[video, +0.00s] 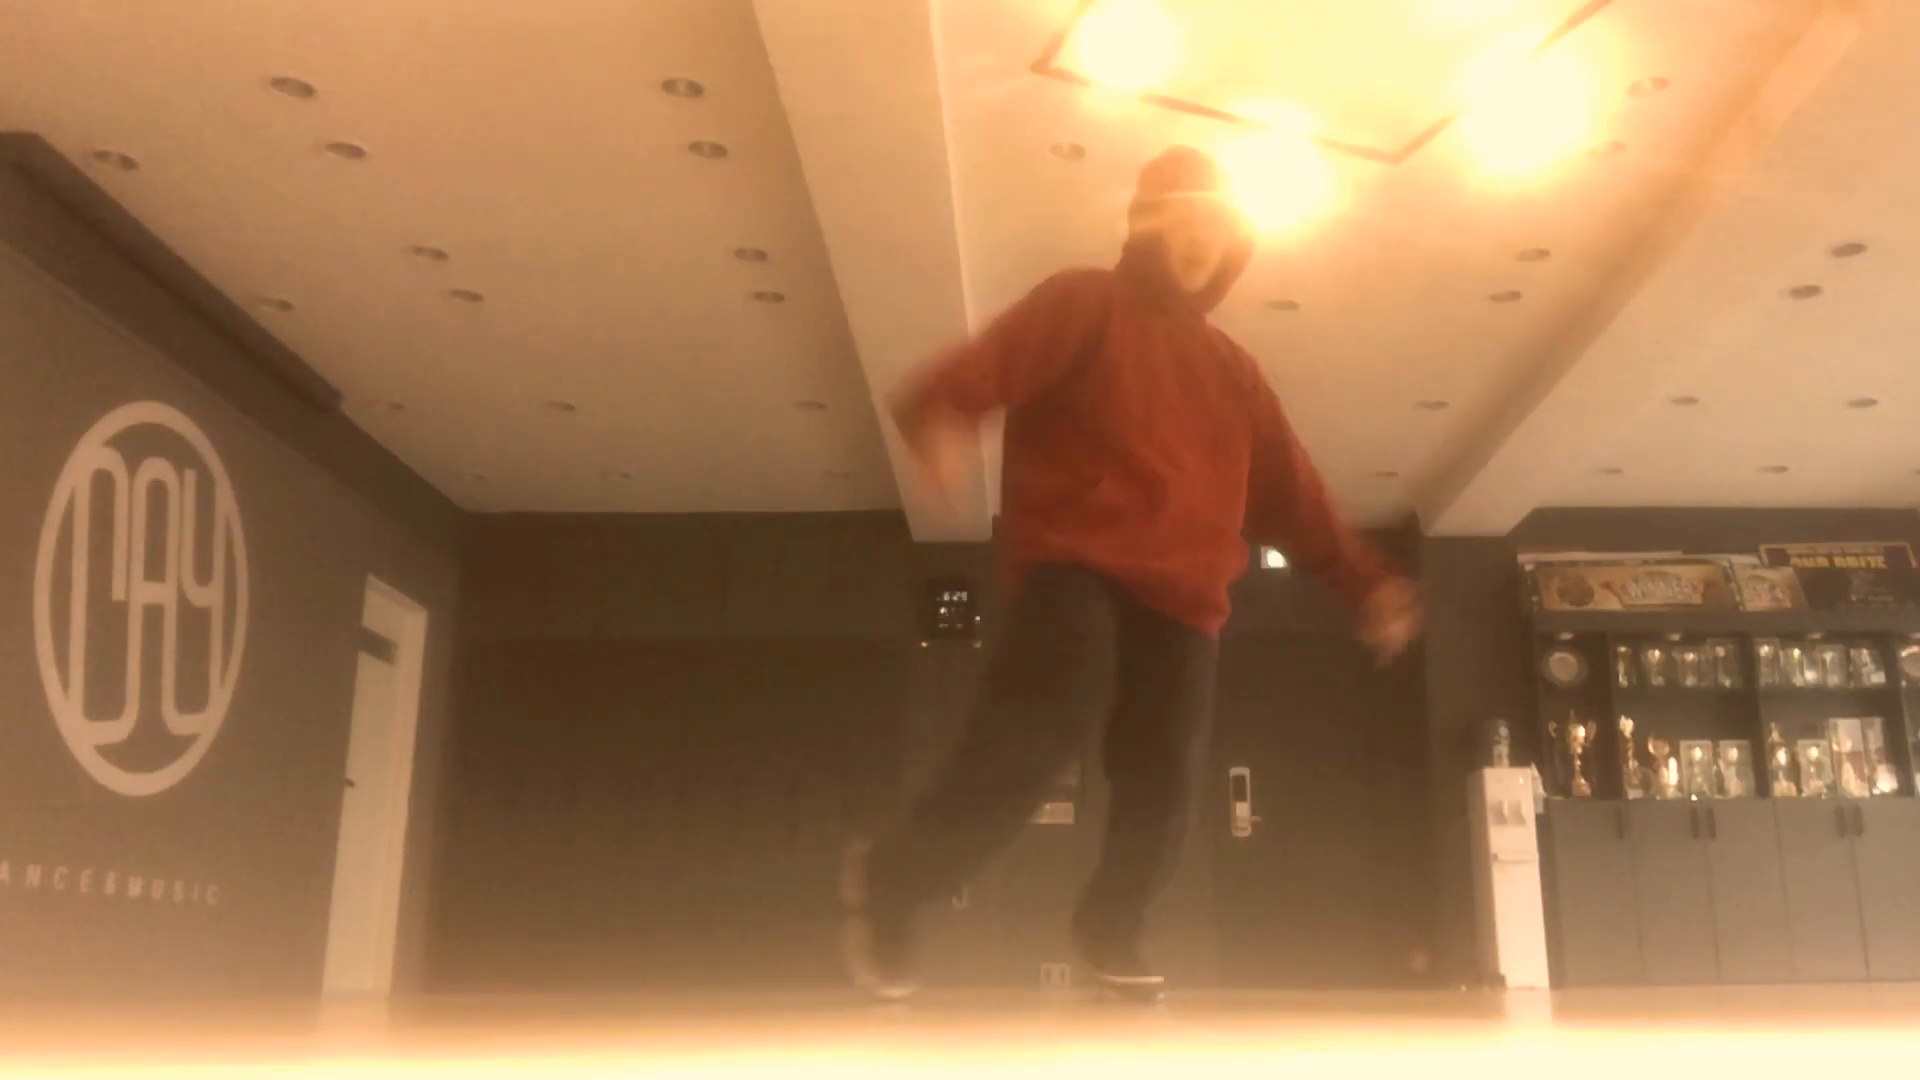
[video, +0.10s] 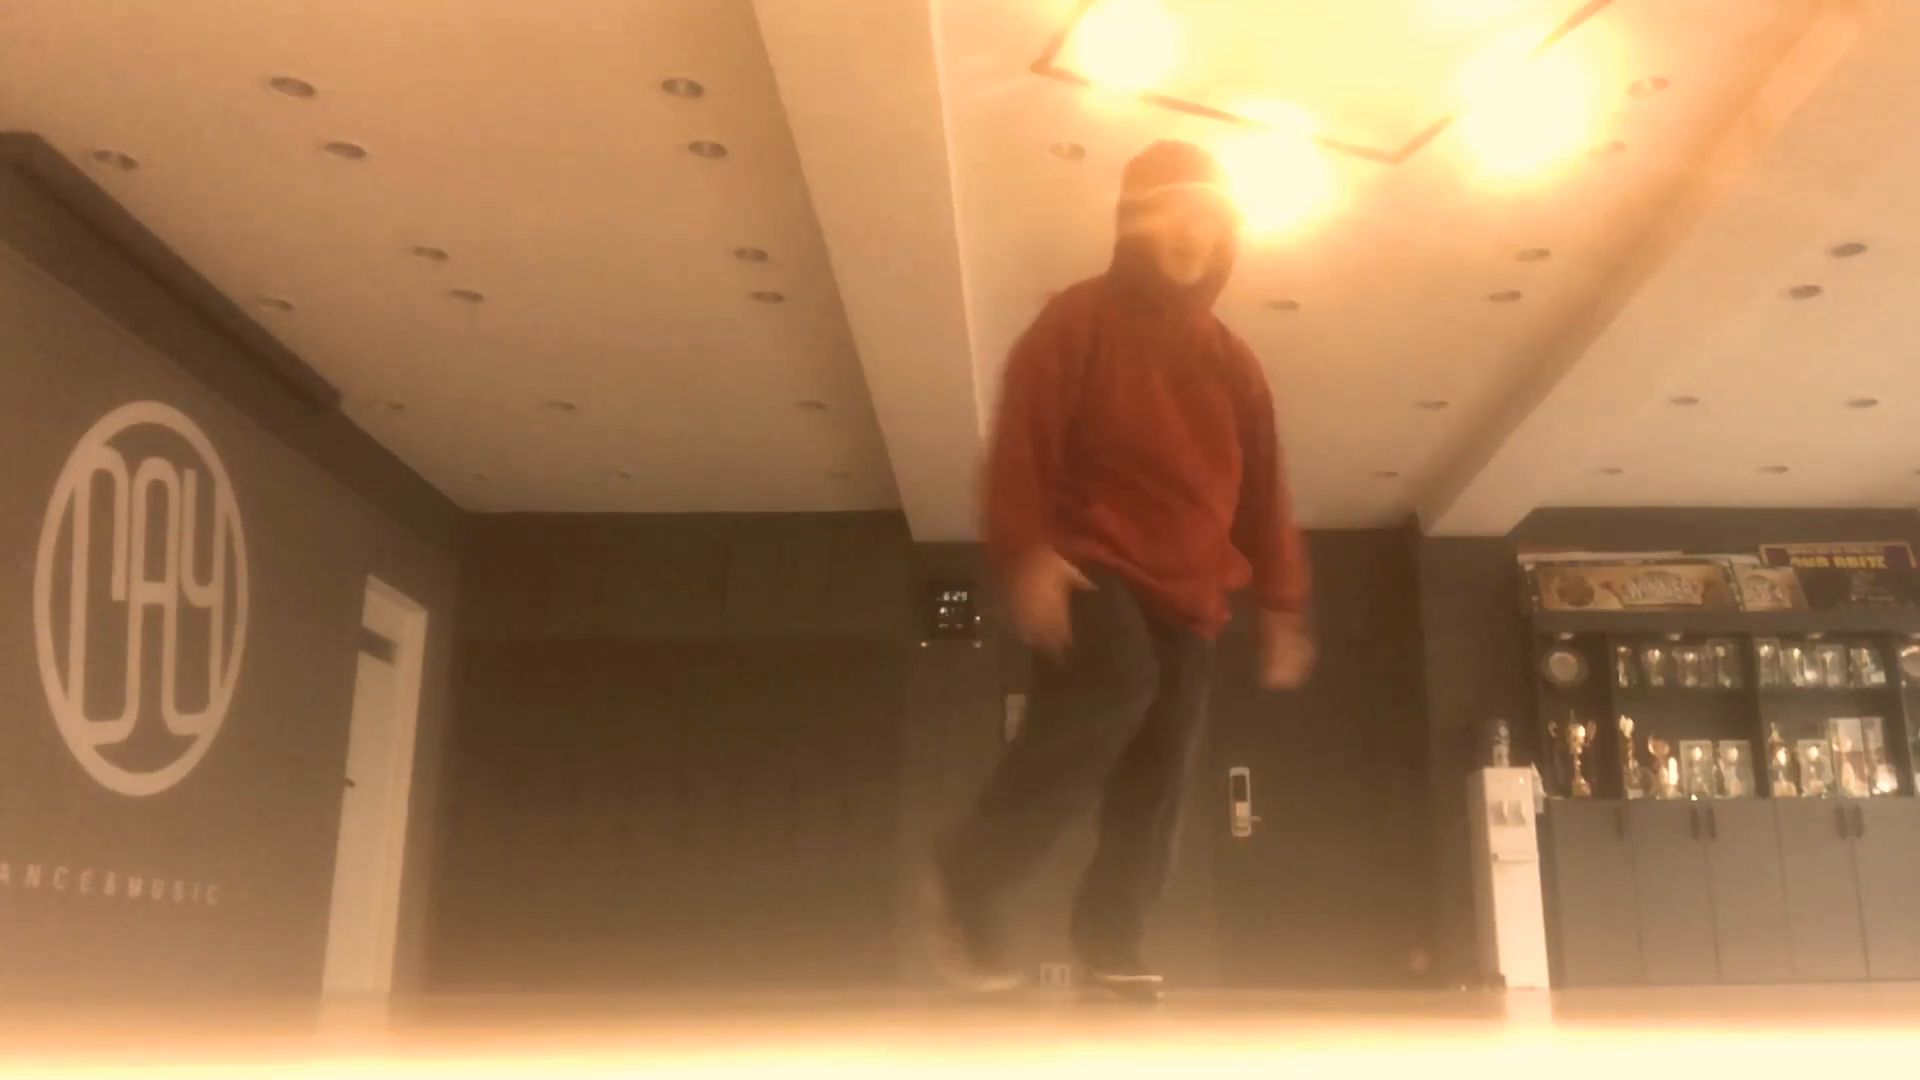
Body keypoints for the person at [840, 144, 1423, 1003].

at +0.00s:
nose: (1201, 241)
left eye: (1218, 227)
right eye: (1185, 220)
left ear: (1232, 248)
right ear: (1145, 223)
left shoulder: (1234, 372)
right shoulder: (1086, 302)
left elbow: (1297, 495)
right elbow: (981, 366)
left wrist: (1366, 580)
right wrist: (939, 411)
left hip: (1181, 592)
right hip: (1070, 558)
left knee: (1162, 771)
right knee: (1044, 727)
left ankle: (1110, 941)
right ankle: (892, 884)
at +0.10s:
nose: (1189, 234)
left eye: (1206, 216)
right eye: (1169, 214)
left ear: (1224, 234)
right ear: (1132, 223)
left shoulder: (1232, 359)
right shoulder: (1078, 320)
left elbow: (1265, 490)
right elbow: (1020, 444)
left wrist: (1283, 603)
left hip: (1186, 598)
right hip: (1089, 573)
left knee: (1156, 774)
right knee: (1116, 686)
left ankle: (1112, 945)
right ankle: (975, 871)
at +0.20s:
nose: (1154, 218)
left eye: (1172, 197)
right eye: (1133, 200)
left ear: (1202, 212)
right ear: (1105, 216)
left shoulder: (1236, 339)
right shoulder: (1061, 321)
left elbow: (1253, 475)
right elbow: (1017, 453)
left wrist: (1218, 561)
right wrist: (1031, 565)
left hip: (1195, 575)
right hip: (1087, 556)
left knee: (1182, 752)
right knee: (1148, 664)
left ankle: (1116, 936)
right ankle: (1063, 889)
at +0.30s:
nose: (1119, 186)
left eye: (1135, 164)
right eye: (1095, 170)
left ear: (1164, 176)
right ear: (1065, 190)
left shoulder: (1225, 291)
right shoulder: (1042, 309)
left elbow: (1274, 405)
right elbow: (986, 437)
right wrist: (1001, 556)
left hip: (1217, 545)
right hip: (1102, 532)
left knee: (1198, 751)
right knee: (1162, 675)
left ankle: (1118, 930)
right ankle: (1161, 935)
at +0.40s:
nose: (1091, 180)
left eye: (1105, 157)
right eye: (1067, 167)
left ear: (1137, 162)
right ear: (1039, 188)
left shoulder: (1203, 243)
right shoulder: (1037, 311)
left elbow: (1275, 307)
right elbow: (986, 444)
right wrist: (994, 560)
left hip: (1241, 516)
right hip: (1128, 516)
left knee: (1219, 735)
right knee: (1192, 691)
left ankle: (1122, 918)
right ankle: (1230, 922)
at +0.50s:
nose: (1070, 193)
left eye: (1087, 169)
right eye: (1049, 179)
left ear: (1125, 172)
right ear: (1030, 201)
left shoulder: (1199, 257)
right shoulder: (1045, 323)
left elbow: (1241, 228)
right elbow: (1015, 458)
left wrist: (1184, 156)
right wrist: (1008, 574)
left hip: (1269, 511)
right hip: (1147, 519)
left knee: (1245, 734)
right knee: (1213, 713)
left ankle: (1141, 904)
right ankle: (1287, 930)